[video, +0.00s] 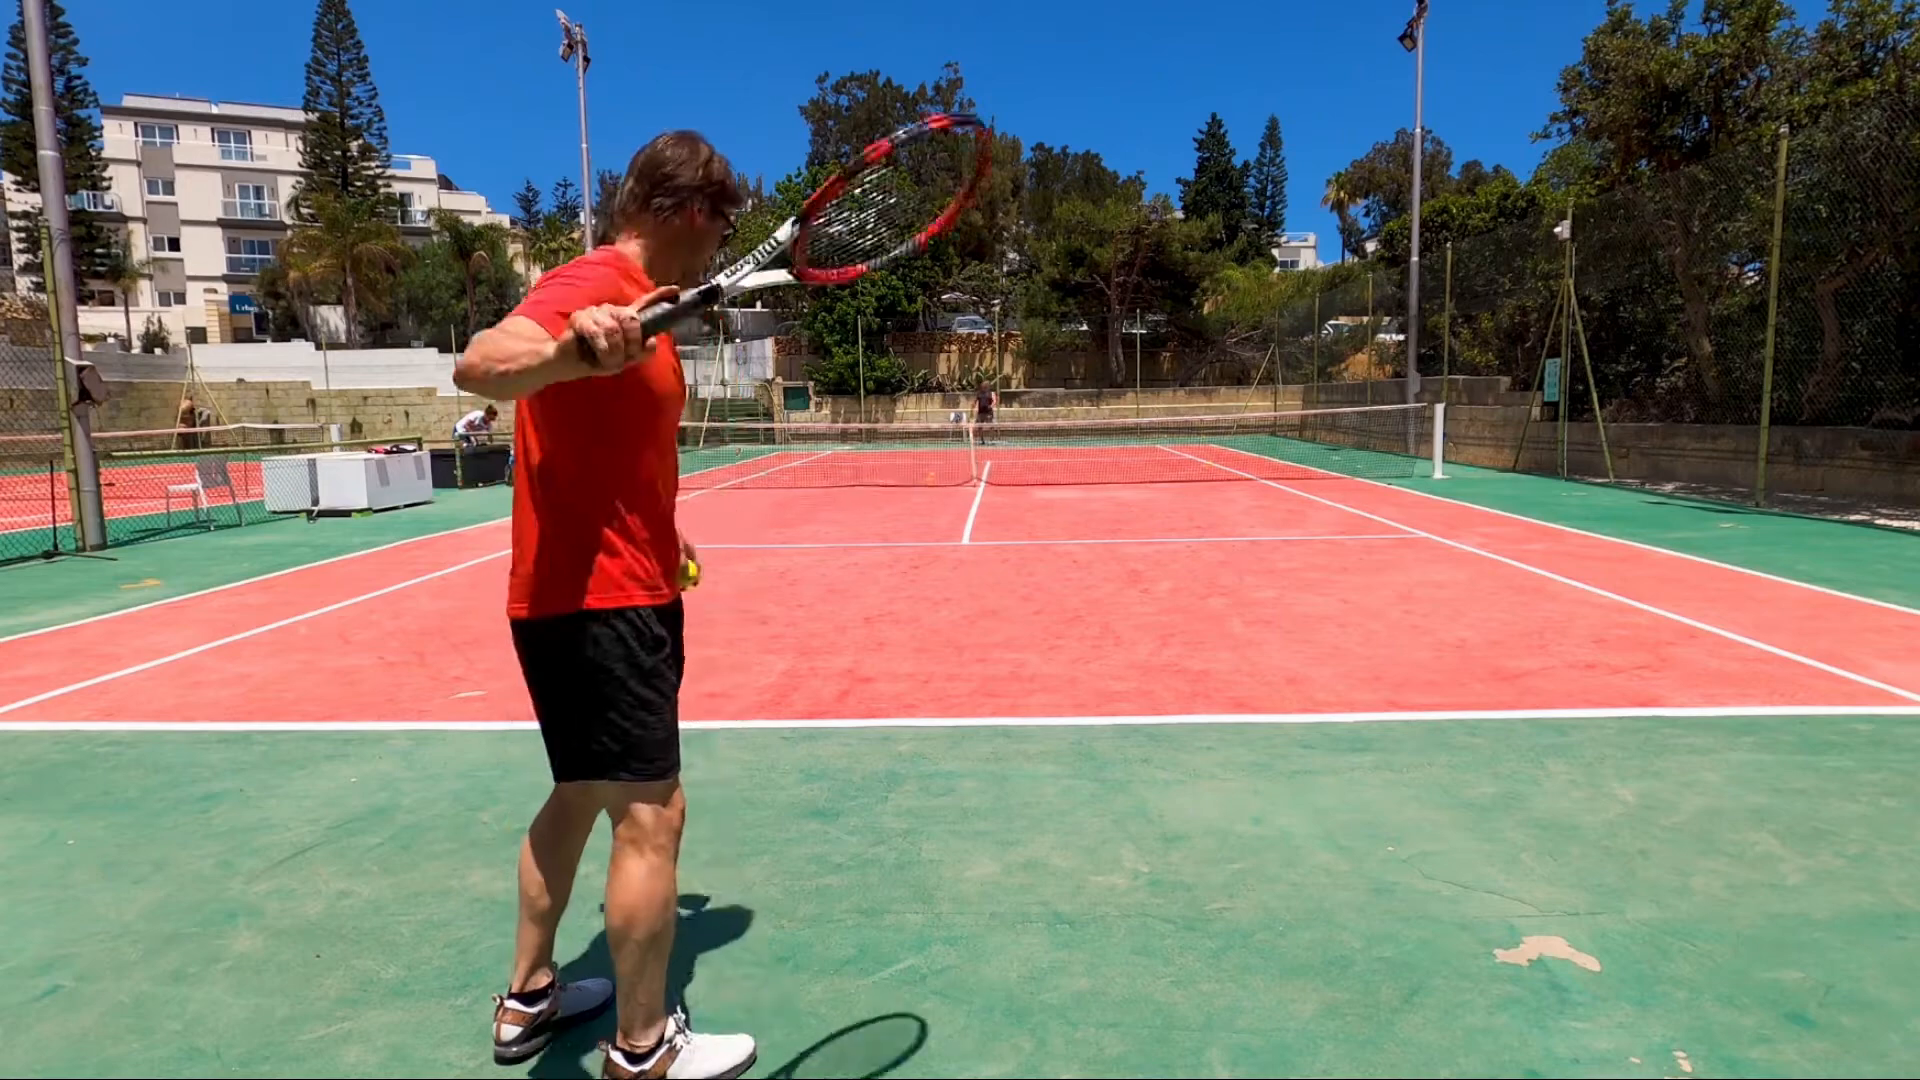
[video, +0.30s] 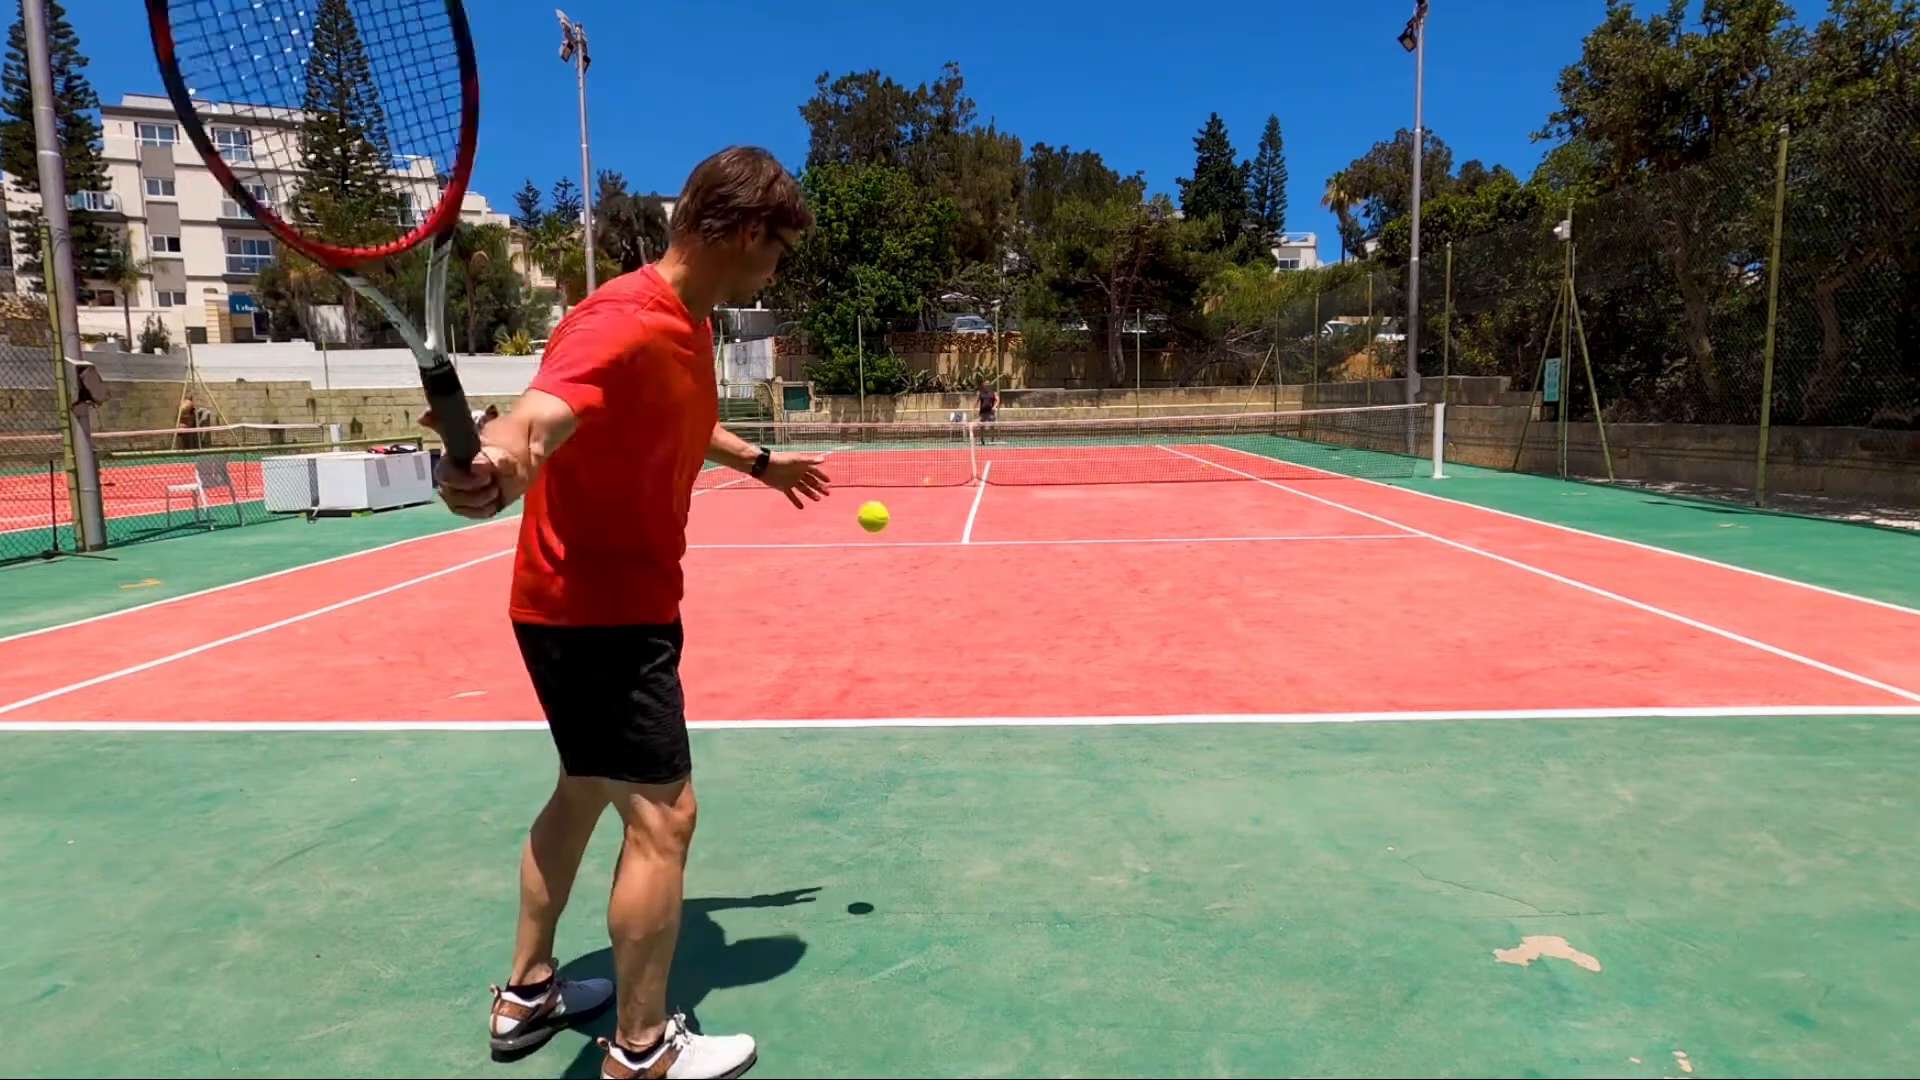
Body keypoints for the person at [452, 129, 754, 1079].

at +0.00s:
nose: (716, 254)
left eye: (720, 235)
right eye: (714, 232)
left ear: (657, 213)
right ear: (675, 216)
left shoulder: (643, 303)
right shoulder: (596, 284)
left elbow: (614, 447)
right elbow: (476, 366)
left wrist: (665, 540)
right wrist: (571, 351)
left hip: (588, 592)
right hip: (603, 596)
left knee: (579, 788)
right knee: (652, 817)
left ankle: (529, 990)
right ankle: (642, 1042)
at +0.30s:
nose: (774, 272)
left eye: (780, 254)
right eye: (775, 250)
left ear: (718, 231)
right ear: (734, 236)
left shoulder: (683, 317)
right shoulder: (625, 320)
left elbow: (672, 419)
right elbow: (534, 419)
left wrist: (759, 461)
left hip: (605, 601)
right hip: (598, 611)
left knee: (588, 782)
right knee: (662, 817)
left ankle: (527, 987)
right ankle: (641, 1043)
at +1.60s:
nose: (614, 226)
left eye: (604, 213)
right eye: (610, 213)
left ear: (514, 223)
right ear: (598, 215)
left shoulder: (458, 335)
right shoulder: (637, 313)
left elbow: (422, 499)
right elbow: (701, 464)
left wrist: (513, 517)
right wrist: (673, 527)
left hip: (503, 630)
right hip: (625, 622)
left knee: (531, 821)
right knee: (709, 801)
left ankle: (514, 1038)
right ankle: (686, 1035)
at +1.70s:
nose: (614, 217)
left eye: (608, 205)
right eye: (611, 205)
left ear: (512, 217)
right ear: (597, 210)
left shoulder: (460, 332)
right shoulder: (642, 312)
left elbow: (426, 493)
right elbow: (704, 464)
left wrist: (515, 511)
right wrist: (674, 518)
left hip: (509, 630)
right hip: (631, 620)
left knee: (529, 824)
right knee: (710, 804)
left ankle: (513, 1038)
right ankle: (705, 1038)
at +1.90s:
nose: (651, 201)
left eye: (636, 187)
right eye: (647, 187)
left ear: (549, 196)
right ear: (638, 194)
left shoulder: (489, 311)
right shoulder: (685, 304)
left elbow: (447, 471)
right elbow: (741, 458)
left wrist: (543, 476)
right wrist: (689, 506)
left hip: (539, 618)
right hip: (668, 610)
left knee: (525, 833)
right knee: (739, 793)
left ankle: (511, 1035)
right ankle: (739, 1024)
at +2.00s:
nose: (667, 206)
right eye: (668, 192)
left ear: (574, 196)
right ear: (667, 198)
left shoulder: (514, 310)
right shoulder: (719, 308)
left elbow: (465, 471)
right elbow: (765, 465)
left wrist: (559, 471)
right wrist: (708, 517)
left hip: (561, 613)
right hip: (694, 606)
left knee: (547, 818)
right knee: (753, 803)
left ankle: (532, 1030)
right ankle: (774, 1033)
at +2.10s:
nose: (598, 242)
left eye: (598, 229)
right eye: (685, 231)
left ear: (598, 240)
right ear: (694, 243)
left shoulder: (545, 353)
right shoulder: (750, 356)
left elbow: (486, 513)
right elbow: (804, 513)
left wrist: (574, 528)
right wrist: (724, 553)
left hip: (587, 649)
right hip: (717, 646)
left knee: (573, 824)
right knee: (765, 841)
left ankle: (585, 1047)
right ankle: (770, 1058)